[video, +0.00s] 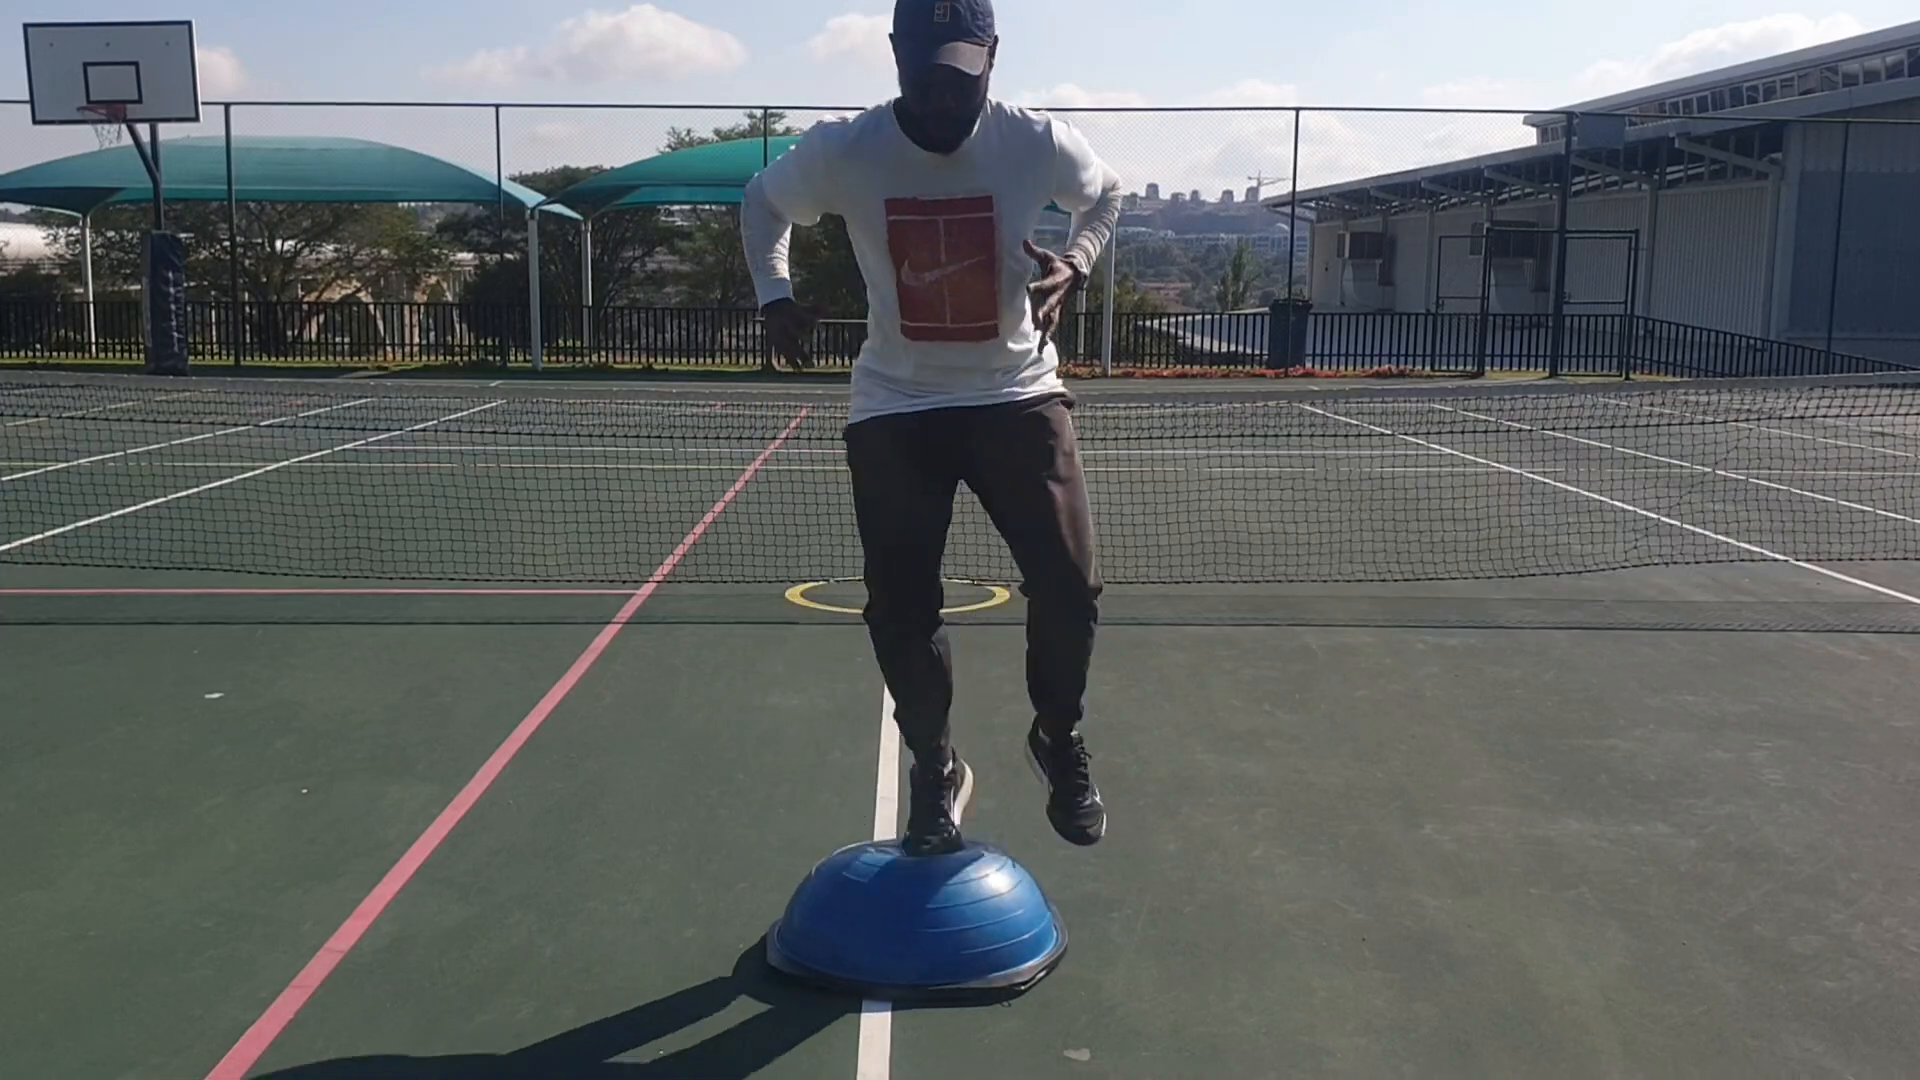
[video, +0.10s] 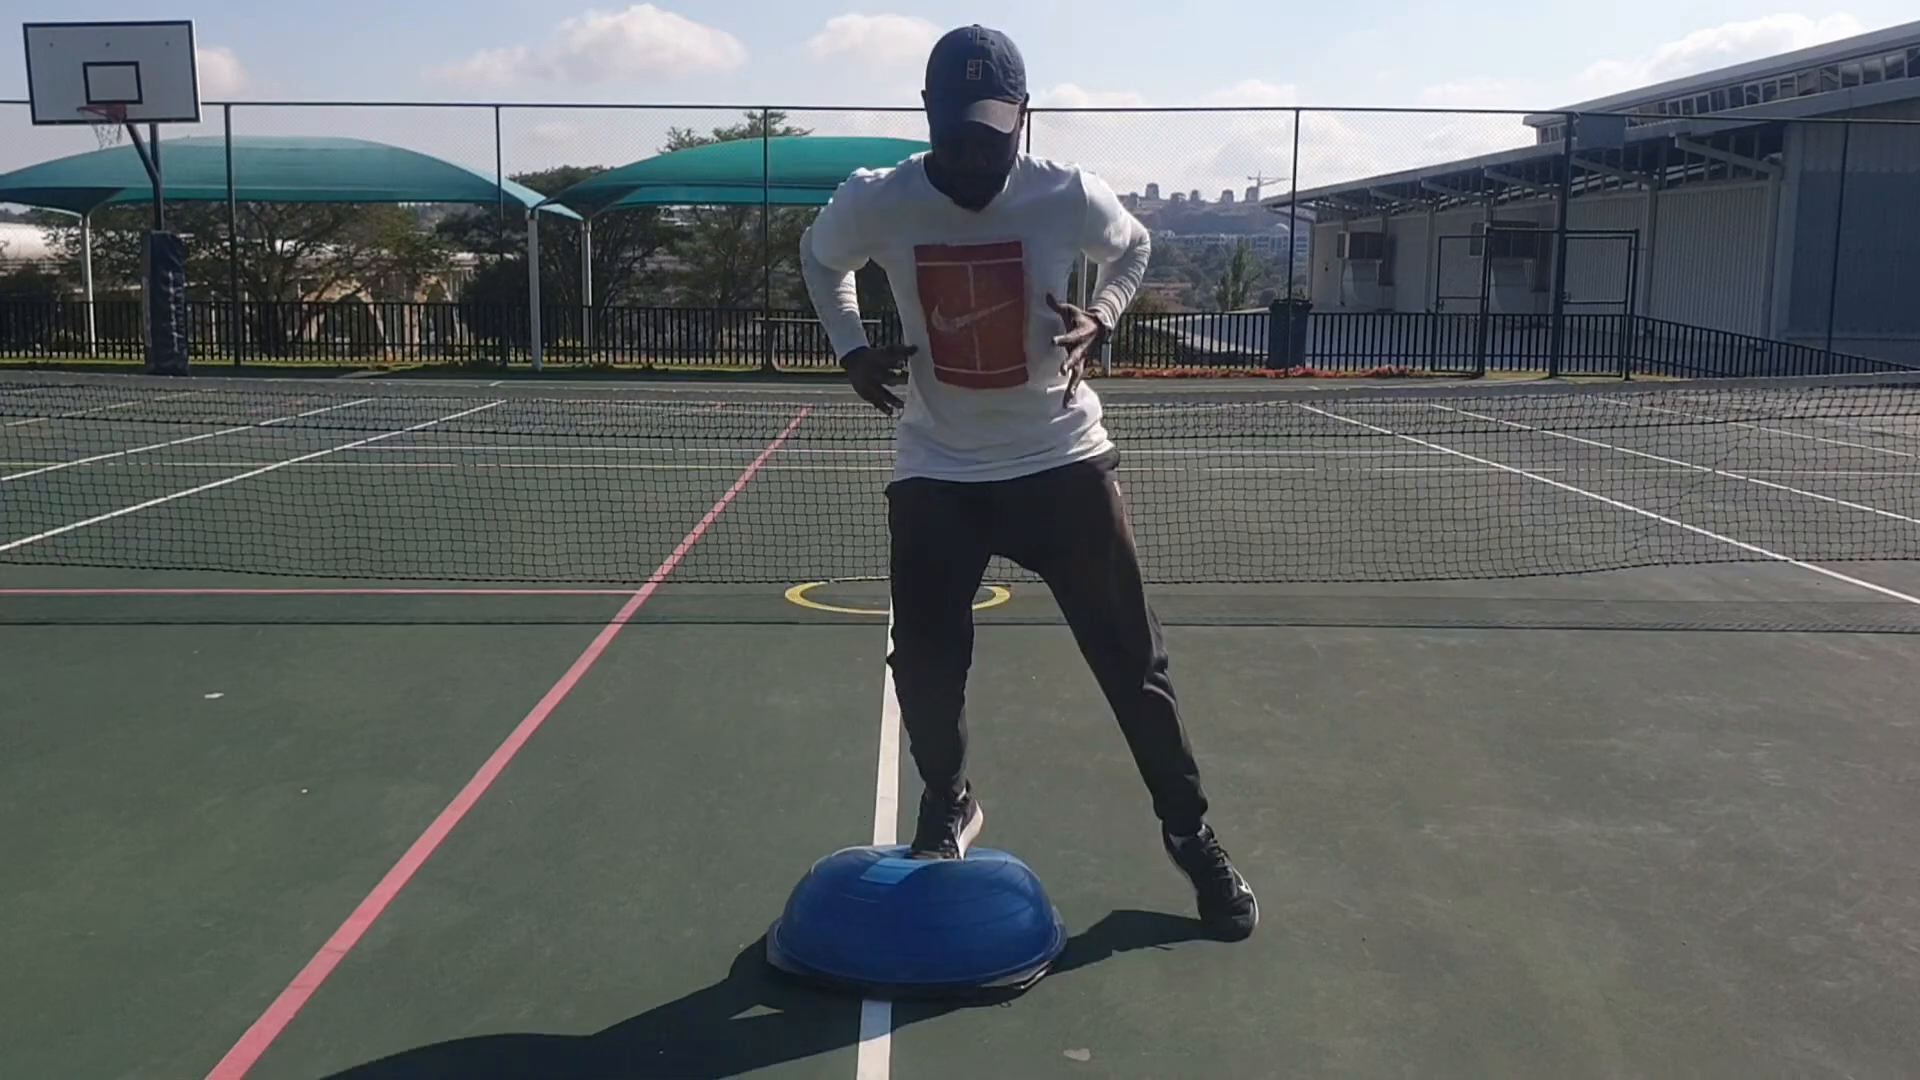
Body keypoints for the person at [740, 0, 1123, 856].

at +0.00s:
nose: (953, 97)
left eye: (968, 79)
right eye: (935, 79)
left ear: (992, 64)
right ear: (900, 60)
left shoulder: (1035, 143)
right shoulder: (841, 152)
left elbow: (1102, 198)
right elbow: (761, 204)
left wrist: (1077, 258)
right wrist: (775, 295)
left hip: (1018, 397)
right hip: (896, 405)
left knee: (1071, 587)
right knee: (900, 611)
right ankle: (933, 771)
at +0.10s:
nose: (988, 151)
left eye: (1003, 131)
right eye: (968, 130)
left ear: (1025, 120)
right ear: (931, 119)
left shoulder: (1071, 201)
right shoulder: (872, 204)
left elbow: (1133, 248)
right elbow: (820, 262)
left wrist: (1102, 315)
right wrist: (852, 348)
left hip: (1061, 465)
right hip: (937, 471)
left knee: (1132, 666)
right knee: (923, 664)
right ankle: (946, 800)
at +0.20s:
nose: (1006, 243)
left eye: (1023, 223)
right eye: (990, 223)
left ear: (1047, 212)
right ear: (959, 212)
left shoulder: (1100, 288)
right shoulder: (910, 302)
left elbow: (1171, 371)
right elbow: (894, 376)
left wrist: (1124, 437)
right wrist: (920, 452)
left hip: (1091, 525)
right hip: (969, 521)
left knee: (1167, 704)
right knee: (915, 669)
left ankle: (1209, 859)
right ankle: (944, 790)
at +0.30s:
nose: (994, 232)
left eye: (1012, 212)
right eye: (978, 212)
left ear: (1040, 202)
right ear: (950, 201)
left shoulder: (1095, 286)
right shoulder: (901, 288)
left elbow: (1170, 376)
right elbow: (877, 359)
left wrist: (1113, 413)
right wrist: (890, 418)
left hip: (1078, 515)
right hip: (953, 512)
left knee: (1154, 685)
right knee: (916, 677)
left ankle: (1208, 857)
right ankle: (939, 807)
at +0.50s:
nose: (944, 96)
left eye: (961, 80)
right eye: (928, 76)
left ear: (987, 69)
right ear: (897, 59)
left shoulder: (1030, 150)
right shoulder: (842, 143)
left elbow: (1106, 208)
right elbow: (803, 180)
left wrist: (1063, 262)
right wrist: (804, 281)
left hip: (995, 399)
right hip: (874, 408)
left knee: (1053, 591)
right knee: (870, 615)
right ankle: (911, 769)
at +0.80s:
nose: (866, 174)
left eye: (882, 154)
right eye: (846, 155)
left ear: (906, 145)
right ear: (813, 147)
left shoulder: (951, 242)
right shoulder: (751, 229)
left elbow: (982, 293)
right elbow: (715, 291)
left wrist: (955, 348)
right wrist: (725, 378)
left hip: (881, 493)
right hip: (756, 500)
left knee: (915, 659)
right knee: (698, 688)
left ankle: (881, 812)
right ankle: (647, 860)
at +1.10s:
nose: (887, 79)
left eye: (904, 59)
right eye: (871, 58)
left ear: (933, 50)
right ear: (841, 48)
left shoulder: (986, 137)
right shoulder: (788, 146)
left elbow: (1043, 207)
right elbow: (732, 236)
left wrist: (1018, 247)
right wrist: (751, 289)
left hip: (939, 415)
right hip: (815, 413)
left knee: (929, 618)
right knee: (778, 608)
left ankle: (892, 796)